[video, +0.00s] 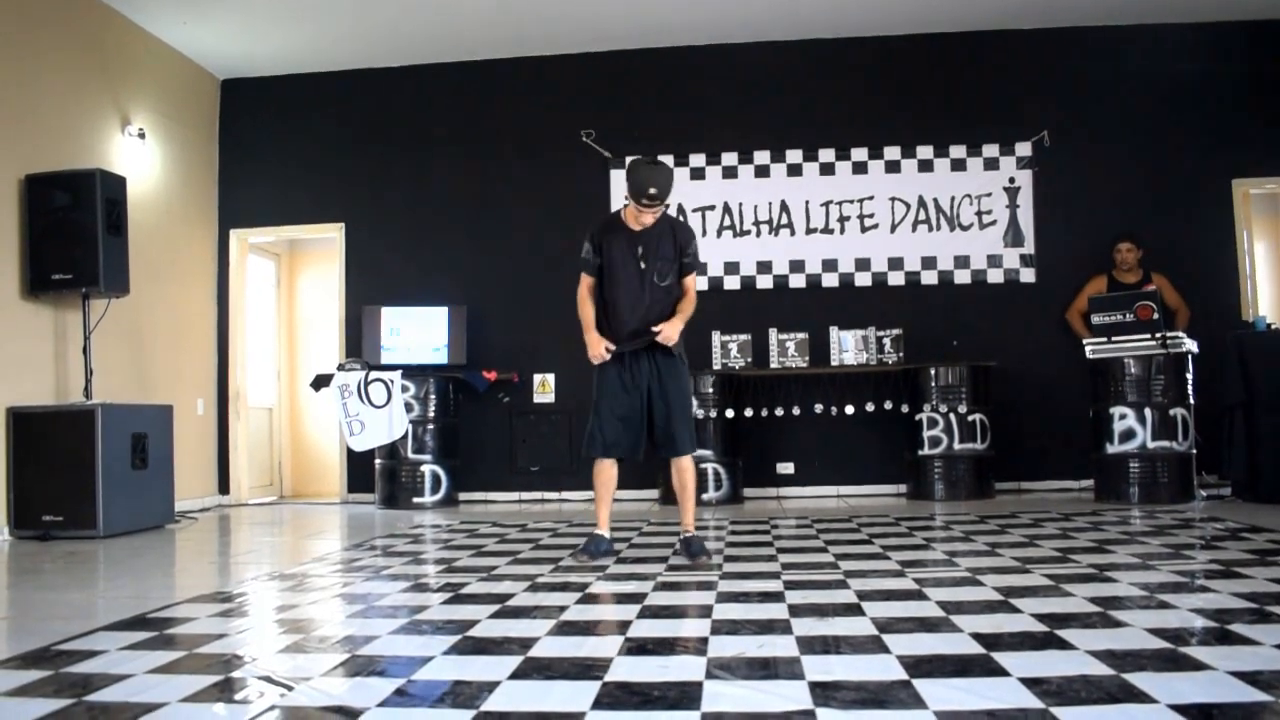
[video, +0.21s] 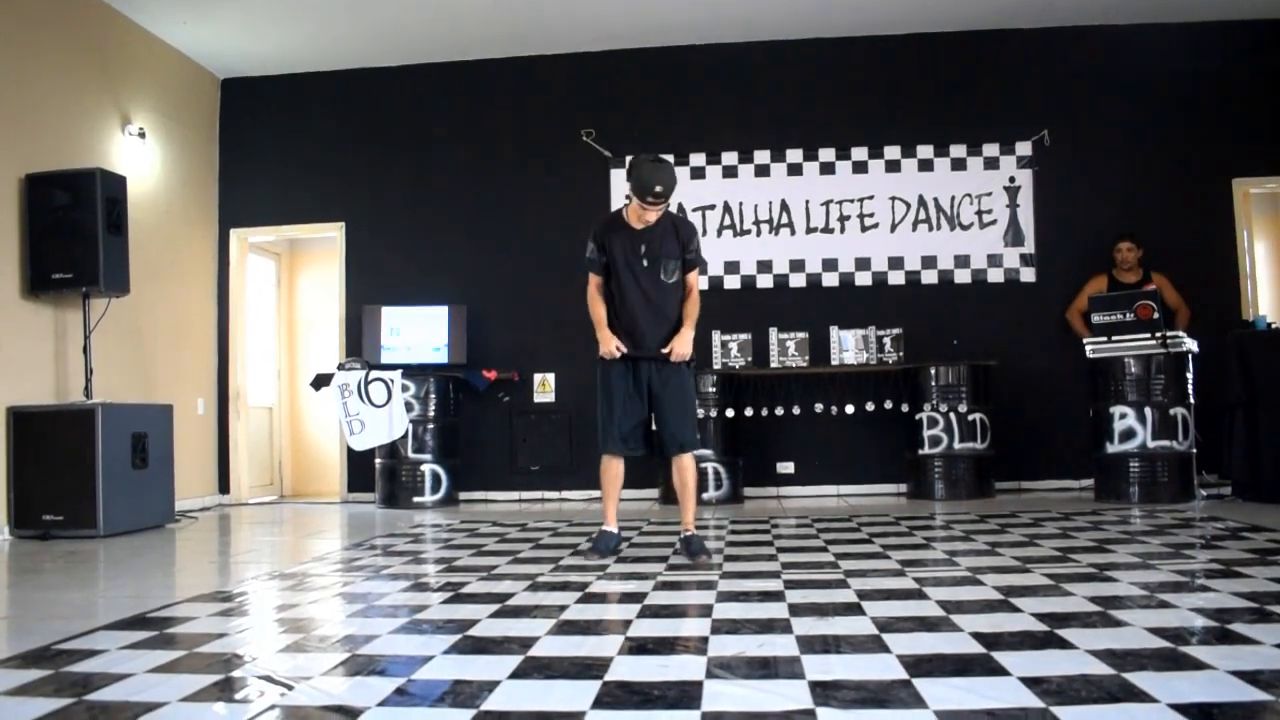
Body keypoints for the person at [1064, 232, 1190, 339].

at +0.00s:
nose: (1124, 257)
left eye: (1129, 251)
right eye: (1119, 252)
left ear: (1139, 253)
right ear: (1113, 256)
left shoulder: (1156, 280)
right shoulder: (1100, 283)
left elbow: (1181, 310)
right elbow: (1072, 314)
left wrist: (1175, 338)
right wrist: (1091, 342)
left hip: (1154, 356)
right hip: (1115, 357)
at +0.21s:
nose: (1124, 256)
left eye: (1129, 250)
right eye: (1119, 251)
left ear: (1139, 253)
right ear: (1113, 255)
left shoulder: (1155, 280)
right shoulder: (1100, 283)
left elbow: (1181, 310)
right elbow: (1072, 313)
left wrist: (1175, 338)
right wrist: (1090, 340)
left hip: (1153, 355)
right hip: (1114, 356)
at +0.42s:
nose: (1124, 256)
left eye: (1129, 250)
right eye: (1119, 251)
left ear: (1139, 253)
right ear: (1113, 255)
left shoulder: (1156, 280)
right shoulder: (1100, 283)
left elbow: (1181, 309)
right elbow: (1072, 313)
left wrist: (1175, 337)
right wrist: (1090, 340)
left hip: (1154, 354)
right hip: (1115, 355)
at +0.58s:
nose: (1124, 256)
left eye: (1129, 250)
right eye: (1119, 251)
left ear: (1139, 253)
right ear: (1113, 255)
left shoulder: (1156, 280)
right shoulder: (1100, 283)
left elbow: (1181, 309)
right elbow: (1072, 313)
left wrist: (1175, 338)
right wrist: (1090, 341)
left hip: (1154, 355)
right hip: (1115, 356)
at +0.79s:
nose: (1124, 256)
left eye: (1130, 251)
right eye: (1119, 251)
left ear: (1139, 253)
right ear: (1113, 255)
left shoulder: (1156, 280)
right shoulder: (1100, 283)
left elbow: (1182, 309)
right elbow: (1072, 313)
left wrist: (1176, 337)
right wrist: (1090, 341)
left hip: (1154, 355)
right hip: (1116, 356)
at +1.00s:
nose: (1124, 256)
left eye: (1130, 251)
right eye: (1119, 252)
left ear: (1139, 253)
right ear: (1113, 256)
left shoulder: (1155, 280)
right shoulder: (1100, 283)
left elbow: (1181, 309)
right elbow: (1072, 313)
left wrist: (1174, 338)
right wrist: (1090, 341)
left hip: (1154, 355)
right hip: (1115, 357)